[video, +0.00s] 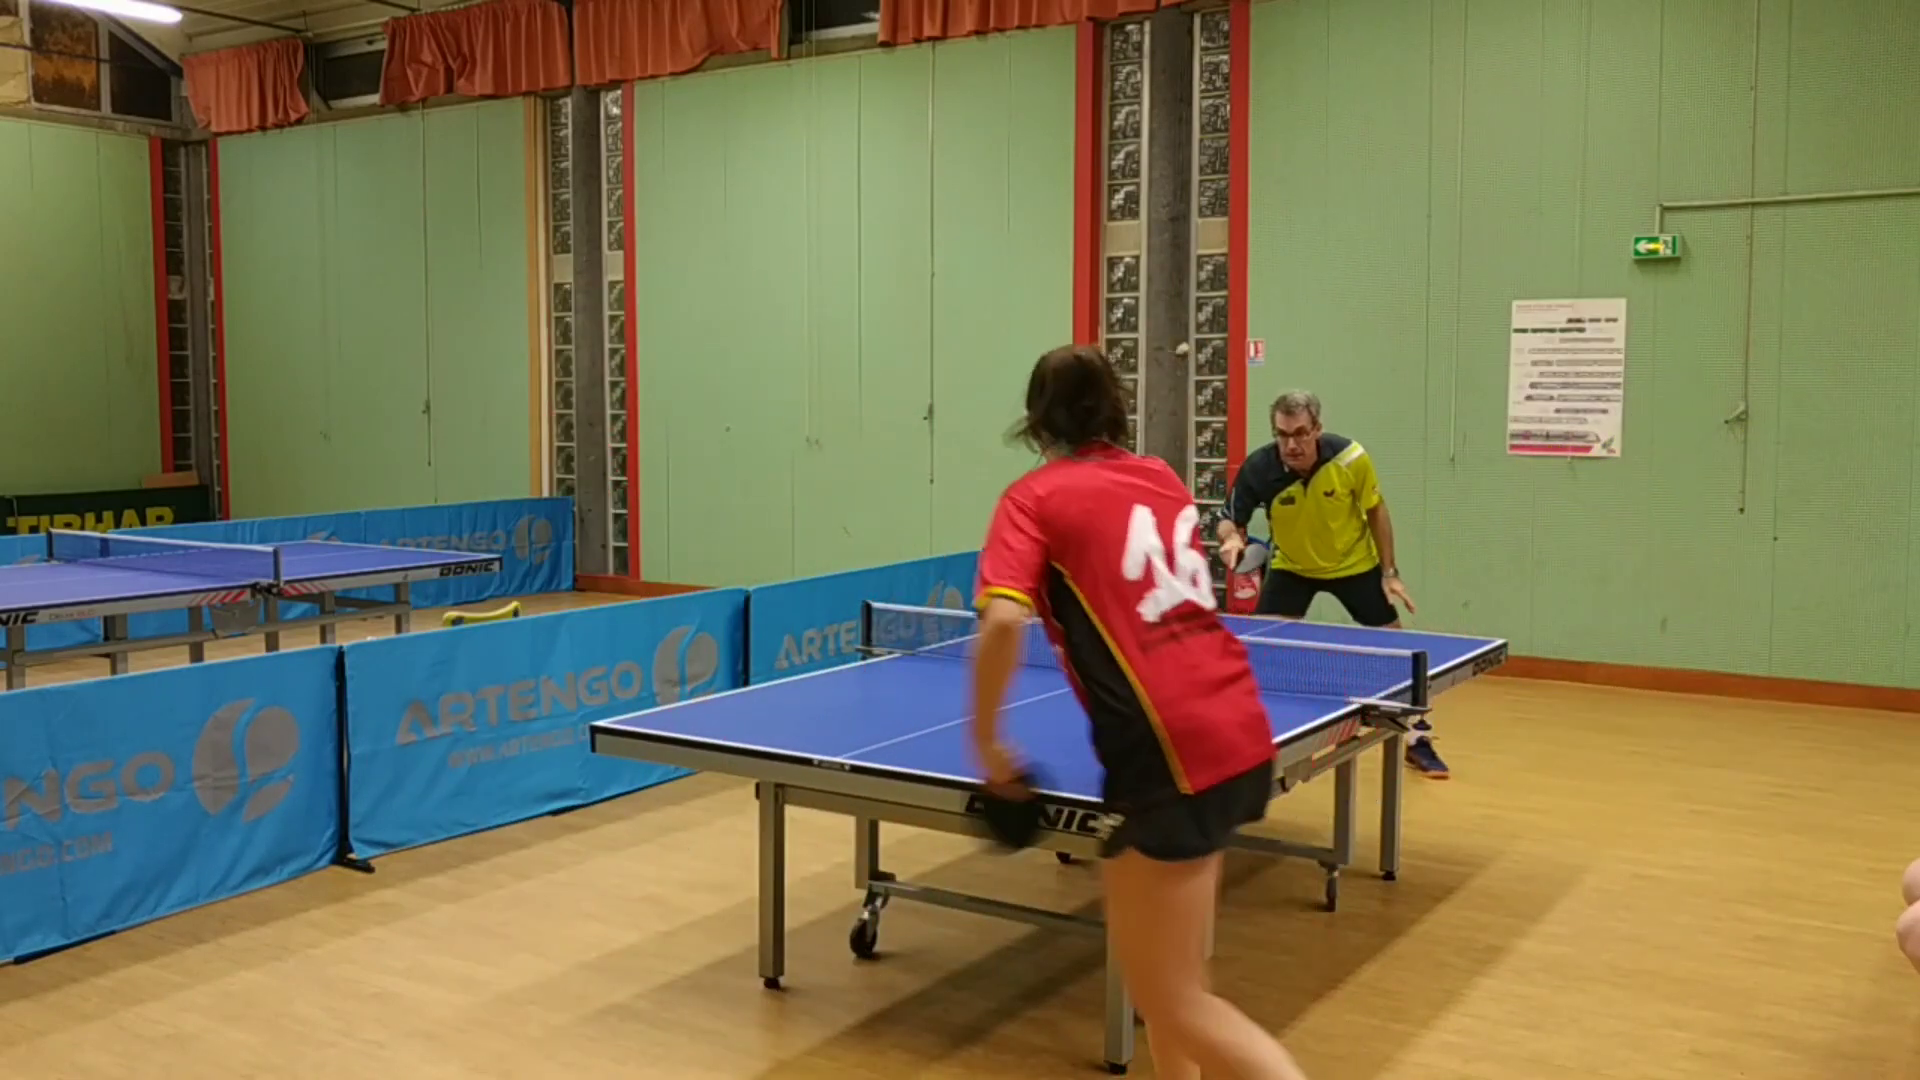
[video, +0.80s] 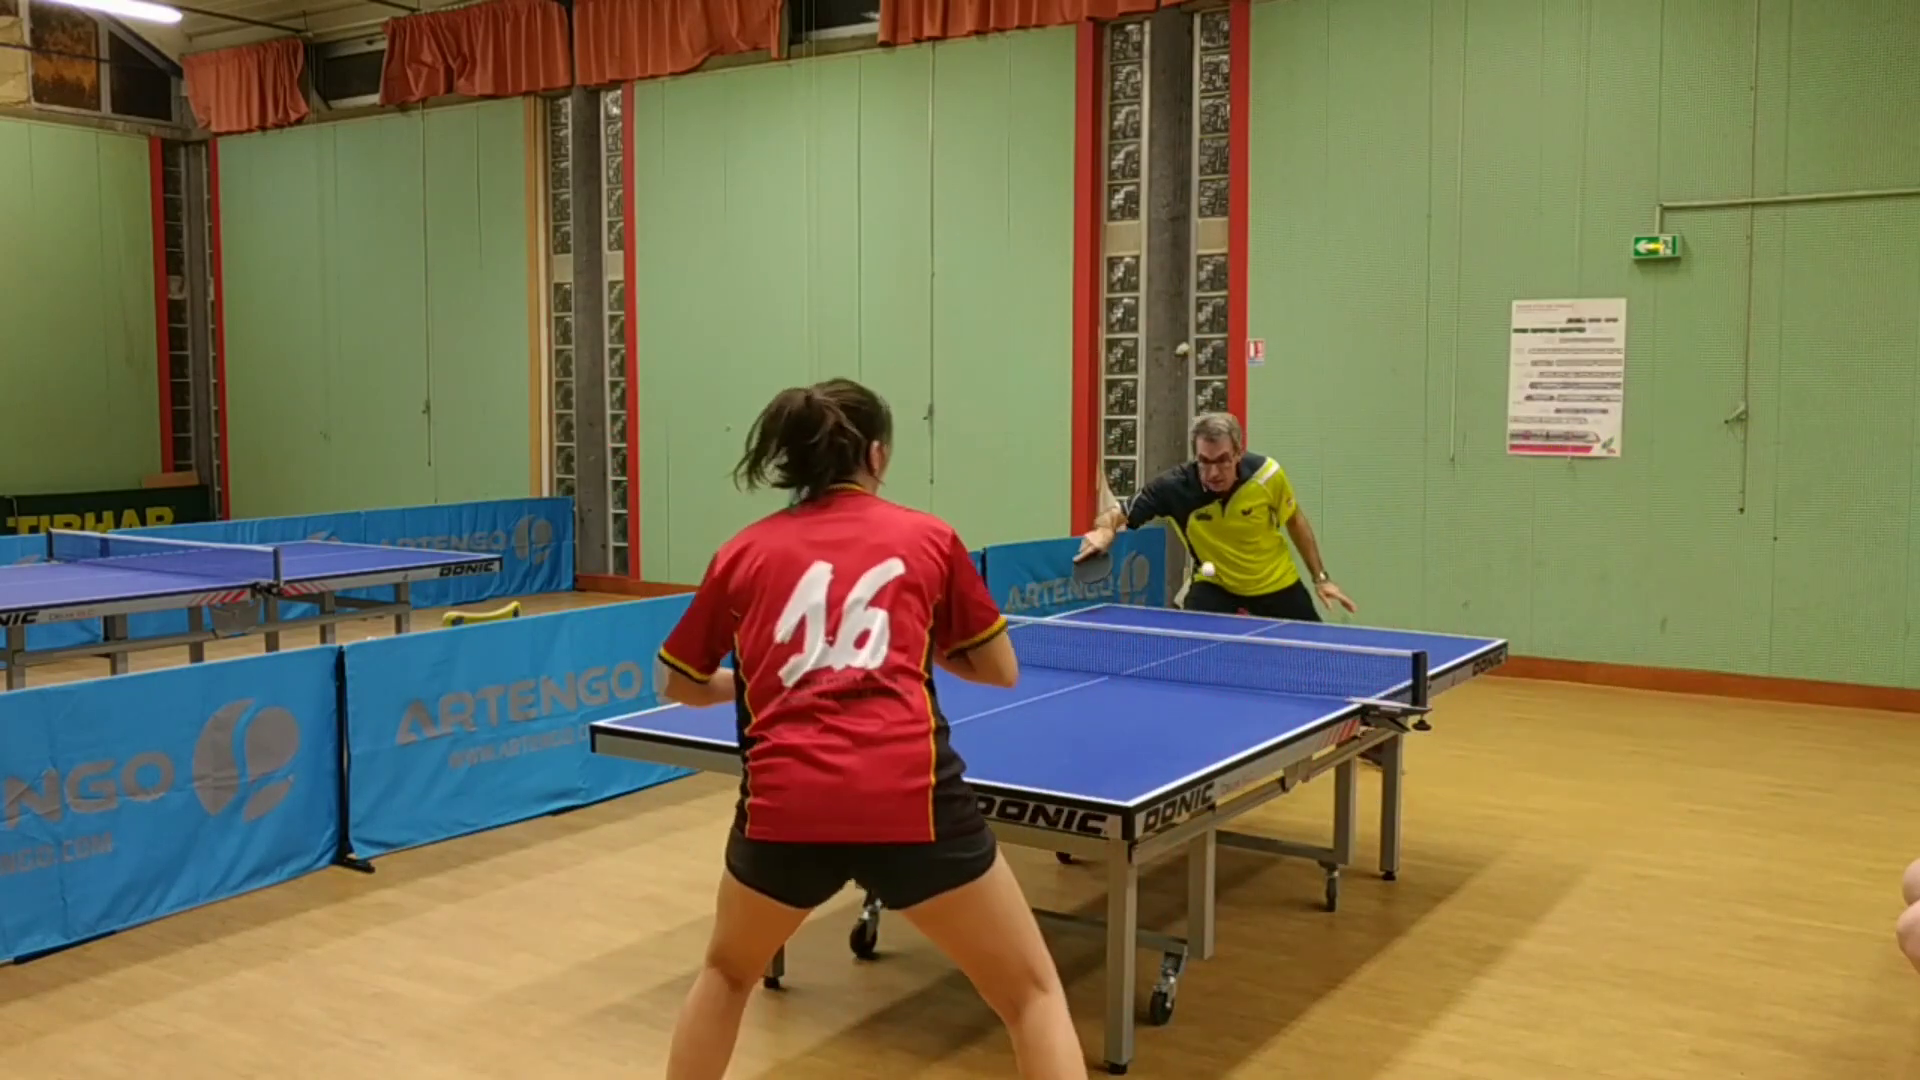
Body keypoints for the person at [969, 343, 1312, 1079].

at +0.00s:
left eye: (1037, 410)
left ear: (1039, 418)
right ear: (1117, 409)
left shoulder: (1034, 498)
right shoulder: (1159, 476)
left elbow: (1005, 621)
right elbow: (1197, 596)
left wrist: (988, 741)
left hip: (1170, 768)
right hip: (1243, 746)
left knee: (1175, 1006)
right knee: (1172, 985)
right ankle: (1176, 1067)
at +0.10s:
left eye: (1016, 391)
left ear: (1015, 402)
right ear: (1089, 396)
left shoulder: (1003, 483)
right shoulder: (1136, 468)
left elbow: (934, 598)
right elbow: (1156, 596)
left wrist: (854, 710)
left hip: (1112, 750)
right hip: (1199, 734)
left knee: (1059, 956)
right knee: (1138, 941)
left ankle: (1196, 1068)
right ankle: (1170, 1071)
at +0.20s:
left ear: (982, 396)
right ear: (1060, 393)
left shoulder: (965, 475)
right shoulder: (1101, 463)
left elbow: (866, 581)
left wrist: (747, 663)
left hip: (1058, 738)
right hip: (1152, 728)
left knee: (957, 923)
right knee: (1125, 939)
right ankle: (1172, 1072)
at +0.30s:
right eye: (1007, 387)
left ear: (937, 402)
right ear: (1013, 398)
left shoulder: (915, 482)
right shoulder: (1059, 473)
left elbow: (816, 586)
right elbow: (1093, 521)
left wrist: (690, 636)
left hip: (991, 747)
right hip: (1097, 739)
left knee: (868, 931)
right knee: (1099, 948)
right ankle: (1161, 1073)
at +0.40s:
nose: (970, 427)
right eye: (969, 417)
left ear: (888, 430)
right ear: (964, 429)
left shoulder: (853, 515)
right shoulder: (1015, 508)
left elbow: (754, 623)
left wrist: (663, 648)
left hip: (908, 780)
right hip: (1020, 775)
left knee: (787, 965)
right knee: (1062, 968)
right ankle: (1147, 1073)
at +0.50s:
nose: (924, 451)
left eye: (919, 441)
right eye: (922, 442)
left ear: (837, 455)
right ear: (914, 454)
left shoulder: (791, 545)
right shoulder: (961, 538)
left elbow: (691, 661)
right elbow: (989, 635)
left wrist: (674, 684)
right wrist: (898, 629)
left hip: (821, 802)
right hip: (940, 801)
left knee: (743, 972)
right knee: (1031, 985)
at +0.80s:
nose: (889, 456)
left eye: (885, 445)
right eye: (887, 446)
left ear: (796, 455)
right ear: (876, 454)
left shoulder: (747, 551)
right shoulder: (926, 538)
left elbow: (682, 686)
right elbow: (999, 669)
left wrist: (755, 674)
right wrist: (917, 638)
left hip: (787, 811)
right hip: (913, 806)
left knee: (726, 975)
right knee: (1030, 998)